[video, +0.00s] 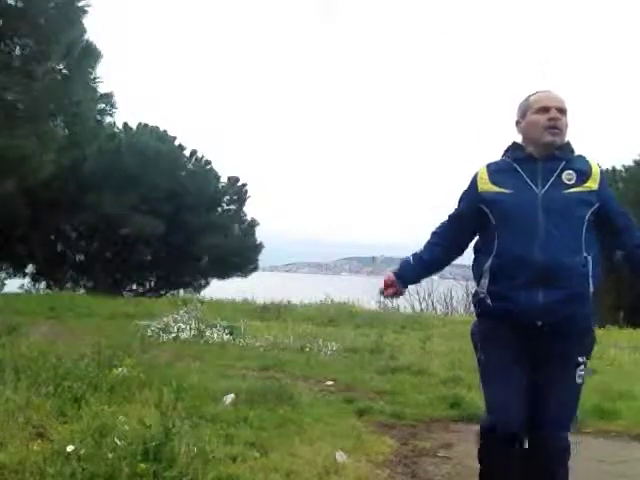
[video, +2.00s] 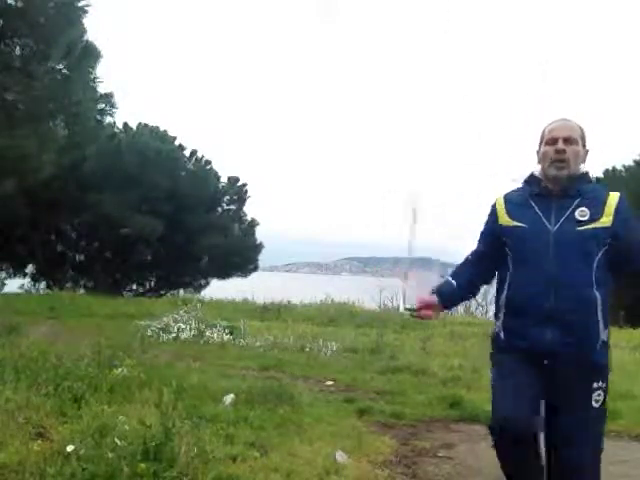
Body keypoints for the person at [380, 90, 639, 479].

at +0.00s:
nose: (555, 116)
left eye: (561, 111)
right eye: (543, 110)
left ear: (568, 124)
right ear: (520, 123)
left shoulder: (590, 177)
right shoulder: (490, 178)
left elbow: (627, 240)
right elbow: (450, 239)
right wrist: (404, 274)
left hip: (568, 327)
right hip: (501, 324)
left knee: (552, 437)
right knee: (504, 428)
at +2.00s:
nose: (559, 148)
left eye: (569, 142)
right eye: (551, 142)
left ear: (584, 154)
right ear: (539, 153)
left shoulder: (611, 206)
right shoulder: (508, 206)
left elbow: (630, 268)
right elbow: (481, 263)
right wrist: (441, 297)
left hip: (581, 353)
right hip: (516, 349)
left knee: (577, 456)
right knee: (510, 429)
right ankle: (527, 476)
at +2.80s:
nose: (552, 129)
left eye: (562, 123)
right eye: (544, 123)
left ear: (576, 134)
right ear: (532, 135)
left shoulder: (601, 189)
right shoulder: (499, 189)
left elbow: (629, 255)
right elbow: (465, 249)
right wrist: (423, 286)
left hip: (572, 339)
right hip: (508, 337)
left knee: (565, 451)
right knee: (510, 446)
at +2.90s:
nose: (548, 125)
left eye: (558, 119)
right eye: (540, 120)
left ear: (572, 130)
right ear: (528, 131)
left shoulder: (598, 184)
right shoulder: (498, 182)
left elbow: (629, 249)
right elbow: (461, 238)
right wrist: (416, 267)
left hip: (570, 328)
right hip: (507, 326)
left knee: (558, 429)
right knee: (511, 428)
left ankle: (551, 474)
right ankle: (508, 476)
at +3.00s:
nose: (544, 147)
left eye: (553, 142)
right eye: (536, 142)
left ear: (568, 153)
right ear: (523, 152)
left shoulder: (596, 203)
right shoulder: (492, 202)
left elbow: (626, 266)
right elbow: (458, 255)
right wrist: (412, 272)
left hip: (566, 345)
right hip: (503, 344)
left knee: (556, 435)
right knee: (508, 440)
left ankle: (547, 473)